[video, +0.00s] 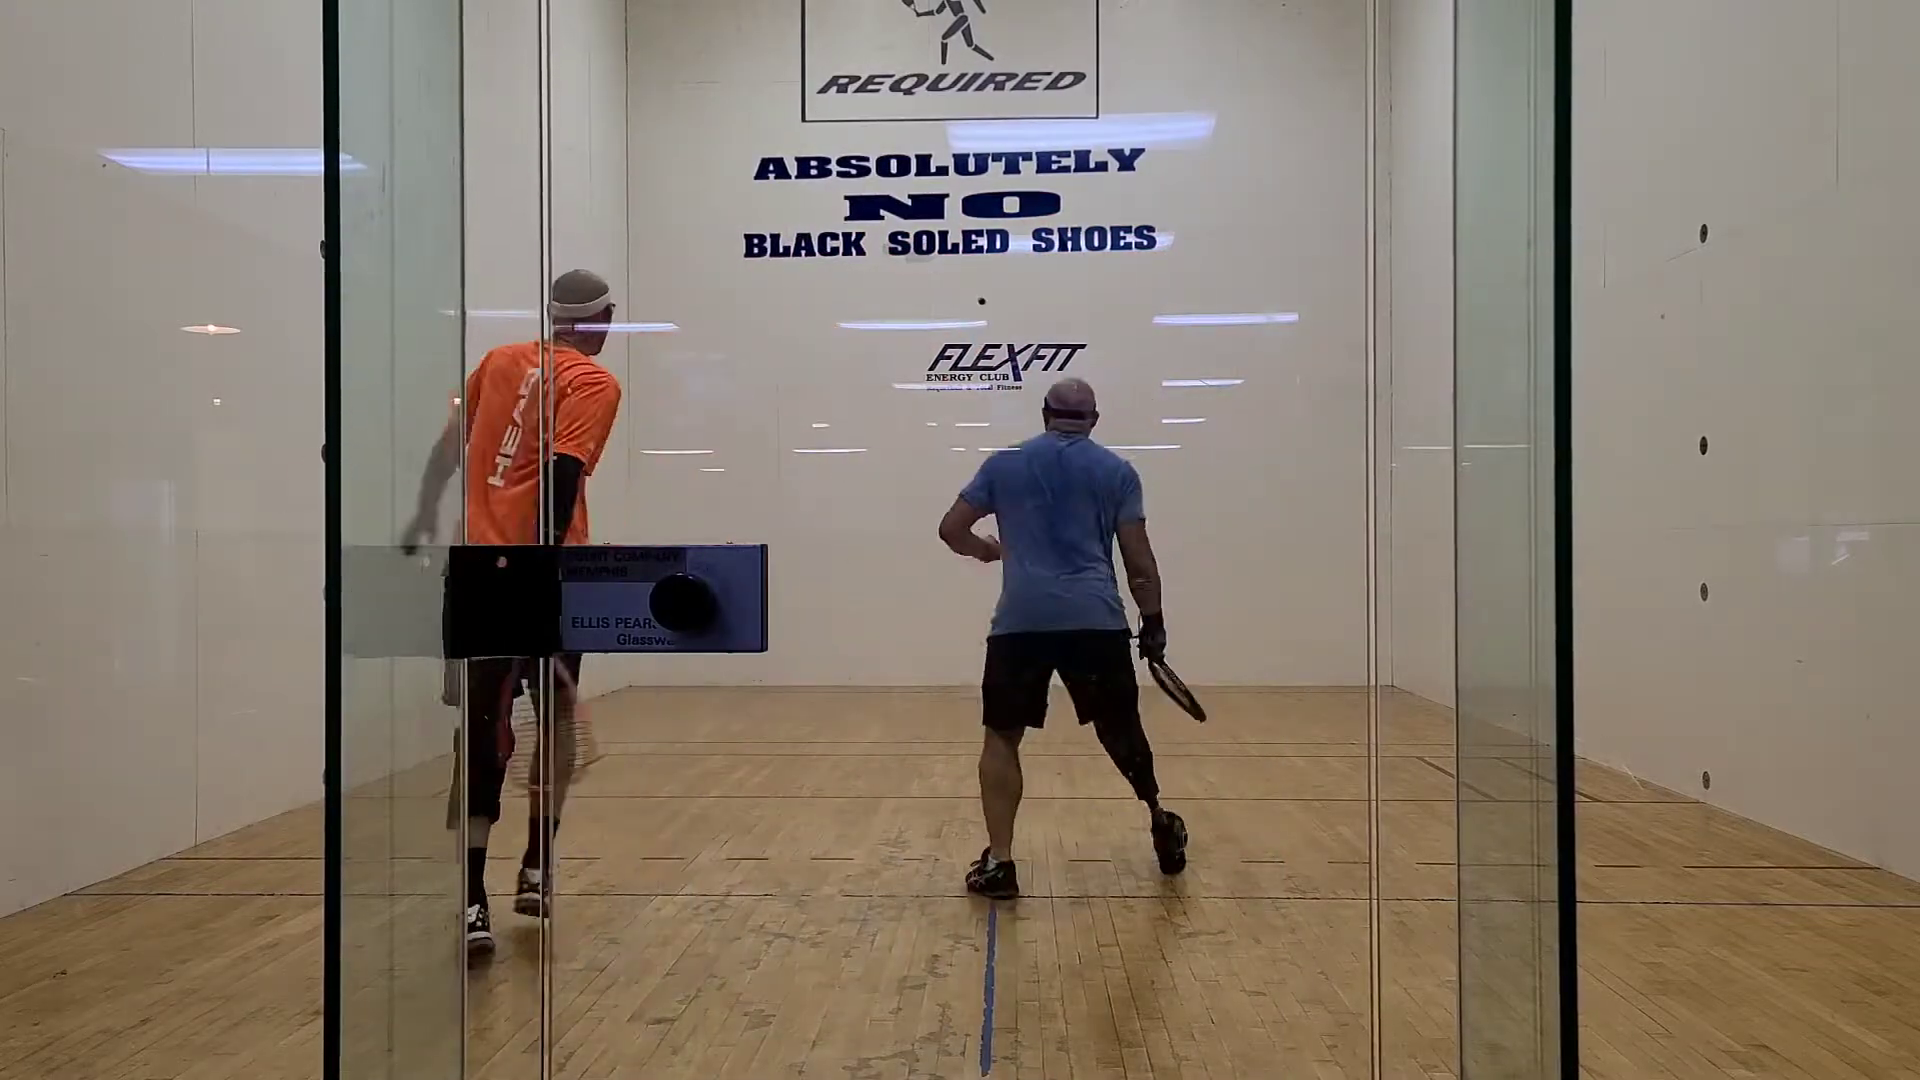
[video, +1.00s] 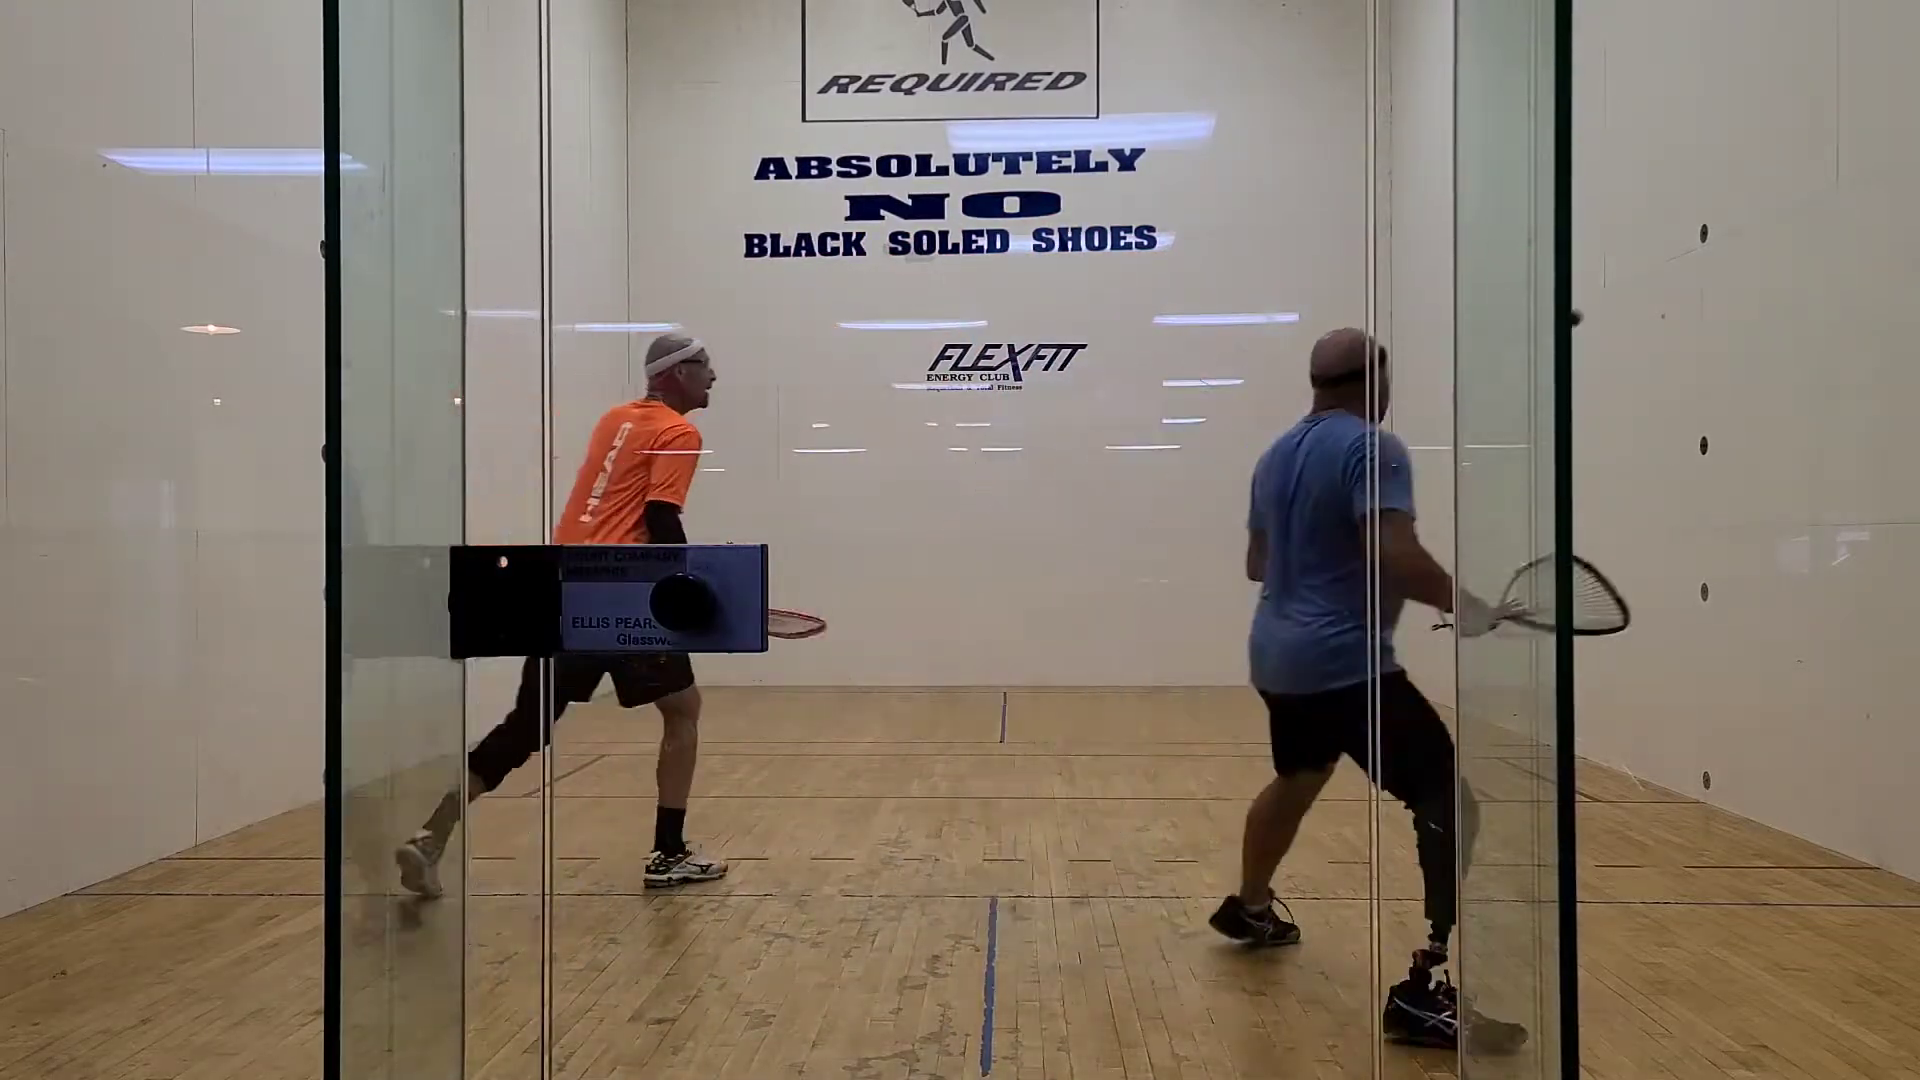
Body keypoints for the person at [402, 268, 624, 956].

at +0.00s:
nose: (606, 334)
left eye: (603, 322)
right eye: (606, 324)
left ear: (551, 315)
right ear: (599, 323)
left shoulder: (497, 362)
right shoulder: (595, 385)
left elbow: (447, 449)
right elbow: (561, 475)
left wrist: (422, 517)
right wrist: (551, 568)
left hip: (475, 568)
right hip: (544, 575)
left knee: (483, 730)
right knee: (560, 725)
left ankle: (473, 900)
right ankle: (537, 869)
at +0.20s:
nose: (582, 339)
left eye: (578, 328)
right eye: (579, 329)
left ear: (525, 331)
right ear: (569, 334)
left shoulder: (485, 374)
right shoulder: (580, 405)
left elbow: (521, 433)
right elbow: (580, 501)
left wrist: (592, 454)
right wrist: (620, 578)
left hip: (461, 575)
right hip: (531, 580)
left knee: (468, 726)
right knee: (522, 736)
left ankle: (453, 871)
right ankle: (496, 880)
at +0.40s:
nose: (577, 338)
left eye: (574, 328)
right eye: (574, 329)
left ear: (518, 331)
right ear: (563, 333)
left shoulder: (475, 381)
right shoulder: (575, 401)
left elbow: (453, 464)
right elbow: (578, 494)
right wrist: (610, 566)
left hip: (463, 575)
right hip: (533, 579)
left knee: (458, 714)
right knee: (526, 730)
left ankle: (418, 848)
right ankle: (497, 880)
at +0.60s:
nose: (578, 367)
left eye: (576, 356)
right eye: (574, 357)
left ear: (520, 360)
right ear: (558, 359)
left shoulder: (471, 411)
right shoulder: (570, 421)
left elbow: (438, 492)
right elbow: (570, 521)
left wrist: (466, 551)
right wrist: (596, 595)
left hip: (466, 599)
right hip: (534, 601)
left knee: (456, 731)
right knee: (562, 723)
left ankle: (402, 871)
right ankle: (511, 855)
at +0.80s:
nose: (632, 370)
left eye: (630, 361)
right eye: (626, 361)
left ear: (579, 369)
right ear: (603, 367)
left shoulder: (526, 412)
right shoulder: (610, 424)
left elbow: (496, 475)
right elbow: (594, 511)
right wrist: (621, 589)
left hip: (488, 587)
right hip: (553, 592)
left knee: (473, 725)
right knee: (627, 696)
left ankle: (404, 866)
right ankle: (610, 842)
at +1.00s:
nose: (713, 377)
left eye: (709, 367)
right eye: (705, 368)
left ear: (661, 378)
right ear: (674, 376)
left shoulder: (614, 418)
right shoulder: (679, 431)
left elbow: (593, 510)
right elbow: (661, 521)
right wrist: (696, 596)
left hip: (567, 591)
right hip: (624, 597)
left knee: (526, 723)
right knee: (683, 710)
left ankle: (429, 839)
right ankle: (669, 853)